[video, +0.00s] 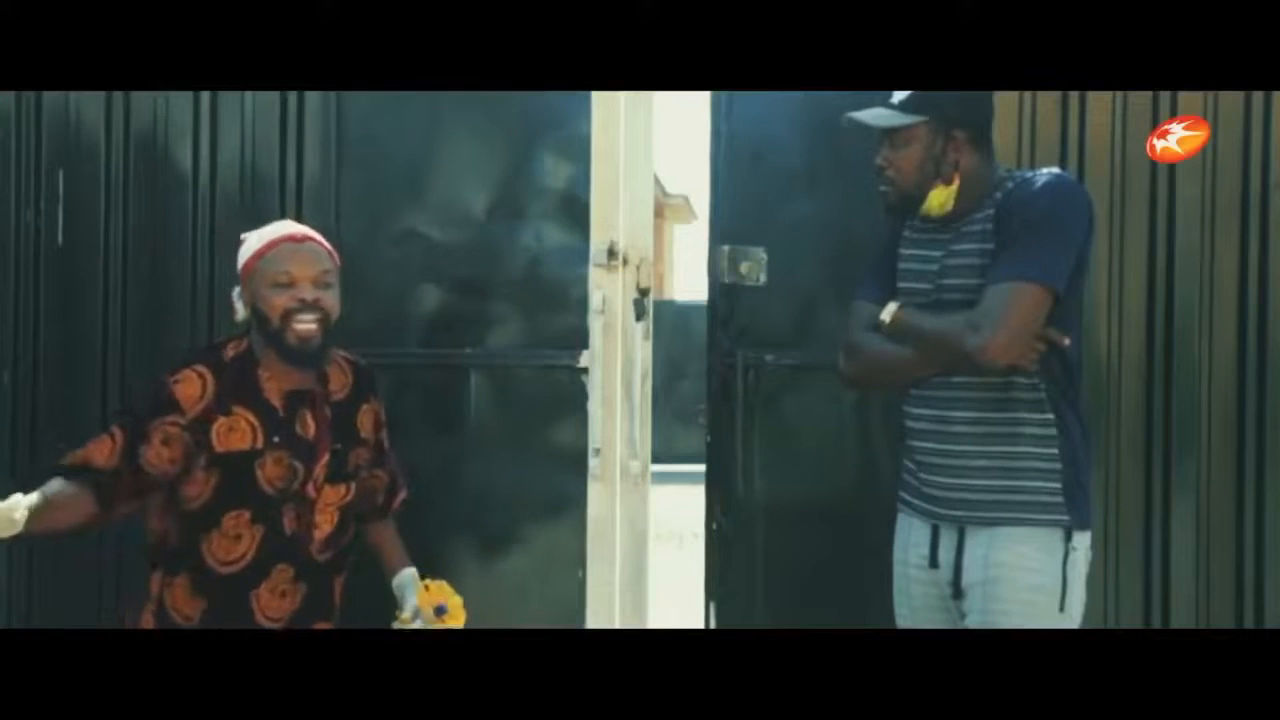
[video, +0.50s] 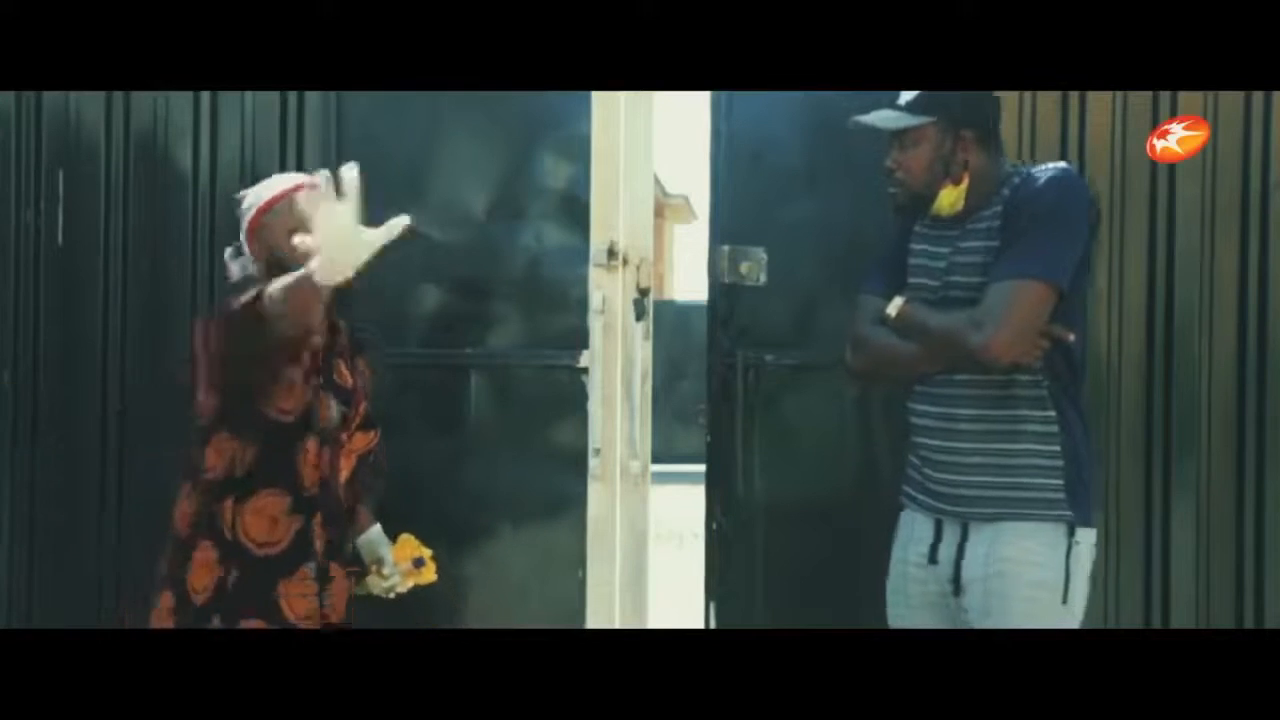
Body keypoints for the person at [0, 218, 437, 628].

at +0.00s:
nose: (308, 299)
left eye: (322, 284)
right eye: (284, 285)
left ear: (339, 295)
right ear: (247, 300)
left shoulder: (353, 387)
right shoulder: (202, 389)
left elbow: (375, 505)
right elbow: (108, 482)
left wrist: (409, 589)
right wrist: (22, 513)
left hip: (310, 620)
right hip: (196, 618)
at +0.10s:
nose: (319, 297)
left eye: (333, 282)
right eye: (295, 284)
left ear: (349, 294)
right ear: (256, 300)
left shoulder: (357, 385)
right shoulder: (212, 385)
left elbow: (371, 503)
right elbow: (123, 476)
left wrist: (407, 589)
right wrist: (34, 502)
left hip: (316, 619)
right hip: (206, 617)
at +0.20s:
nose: (335, 290)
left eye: (347, 276)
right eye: (312, 277)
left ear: (364, 286)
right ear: (271, 293)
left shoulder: (364, 385)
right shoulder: (230, 377)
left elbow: (365, 501)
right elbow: (136, 464)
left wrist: (399, 582)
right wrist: (37, 482)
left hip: (322, 616)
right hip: (215, 614)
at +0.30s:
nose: (355, 279)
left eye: (363, 265)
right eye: (330, 266)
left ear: (375, 276)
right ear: (287, 282)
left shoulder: (359, 381)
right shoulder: (243, 366)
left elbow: (356, 499)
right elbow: (155, 438)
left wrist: (391, 576)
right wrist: (75, 448)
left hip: (327, 613)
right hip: (222, 613)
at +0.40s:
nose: (356, 257)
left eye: (363, 244)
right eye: (330, 246)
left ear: (374, 253)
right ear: (284, 265)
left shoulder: (354, 373)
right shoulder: (257, 337)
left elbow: (346, 490)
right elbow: (213, 373)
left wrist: (381, 560)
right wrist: (162, 383)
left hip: (325, 605)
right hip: (232, 603)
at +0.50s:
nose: (313, 241)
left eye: (319, 227)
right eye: (296, 229)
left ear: (332, 231)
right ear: (260, 245)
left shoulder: (343, 347)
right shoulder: (237, 324)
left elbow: (343, 469)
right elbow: (278, 311)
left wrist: (375, 546)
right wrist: (320, 273)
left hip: (315, 554)